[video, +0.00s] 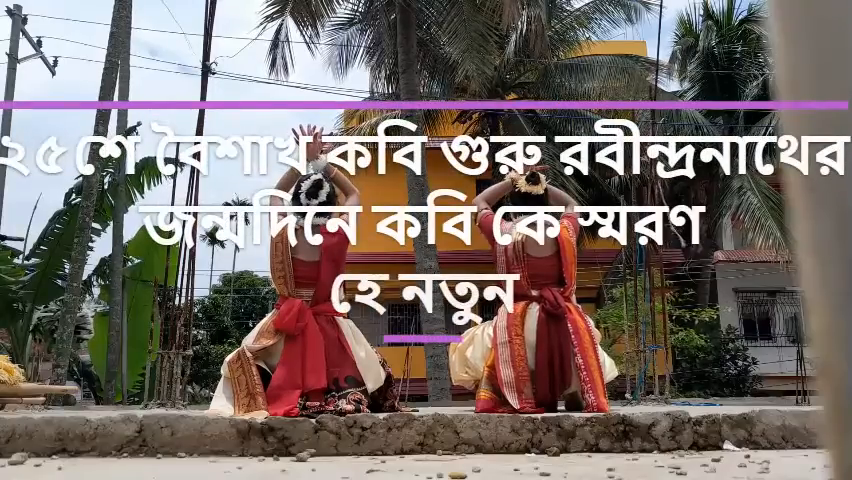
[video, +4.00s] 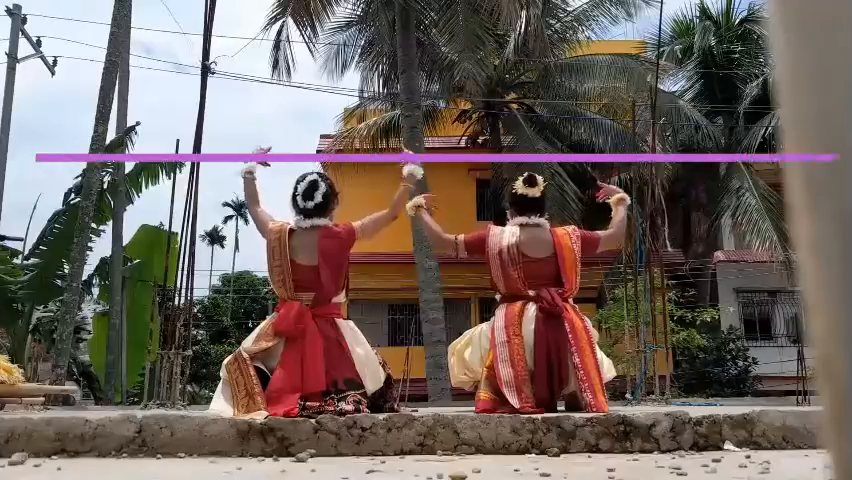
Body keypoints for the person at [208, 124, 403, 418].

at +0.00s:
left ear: (295, 203)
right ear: (330, 203)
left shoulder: (284, 235)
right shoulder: (337, 236)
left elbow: (277, 195)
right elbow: (352, 195)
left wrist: (303, 162)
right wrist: (324, 164)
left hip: (290, 330)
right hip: (330, 329)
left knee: (241, 362)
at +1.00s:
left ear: (295, 203)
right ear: (330, 203)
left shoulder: (284, 234)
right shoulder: (337, 235)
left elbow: (277, 196)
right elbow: (351, 194)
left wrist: (302, 162)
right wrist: (322, 163)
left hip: (289, 325)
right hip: (329, 325)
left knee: (240, 361)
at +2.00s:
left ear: (296, 203)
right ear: (331, 203)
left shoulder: (284, 234)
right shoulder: (337, 236)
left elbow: (277, 196)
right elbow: (351, 195)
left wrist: (302, 162)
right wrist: (323, 164)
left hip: (289, 328)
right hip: (330, 328)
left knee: (241, 361)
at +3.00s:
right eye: (321, 197)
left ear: (293, 201)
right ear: (329, 201)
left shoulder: (281, 232)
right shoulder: (338, 234)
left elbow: (269, 194)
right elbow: (365, 189)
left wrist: (289, 152)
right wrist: (337, 160)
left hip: (287, 333)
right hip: (330, 333)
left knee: (240, 362)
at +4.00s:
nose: (337, 203)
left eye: (335, 197)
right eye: (335, 198)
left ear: (297, 203)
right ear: (332, 203)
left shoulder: (277, 234)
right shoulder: (342, 235)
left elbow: (255, 207)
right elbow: (391, 213)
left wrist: (249, 175)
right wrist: (407, 183)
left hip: (287, 333)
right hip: (331, 333)